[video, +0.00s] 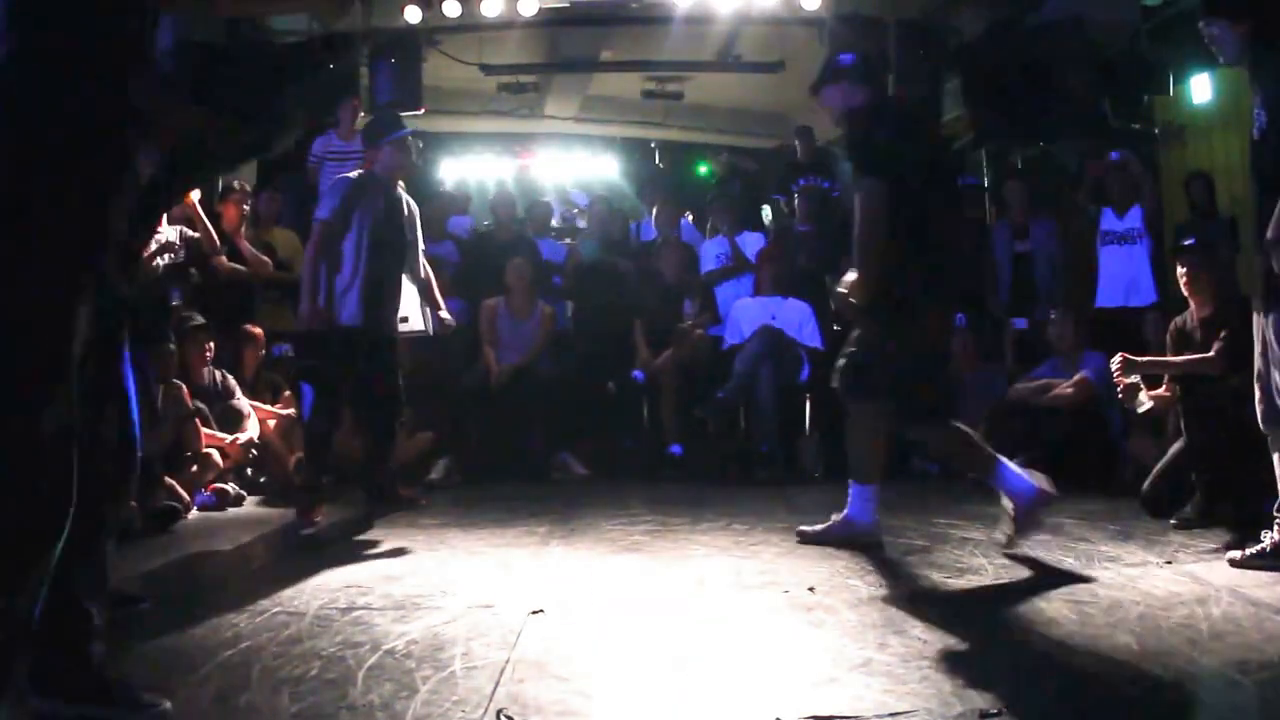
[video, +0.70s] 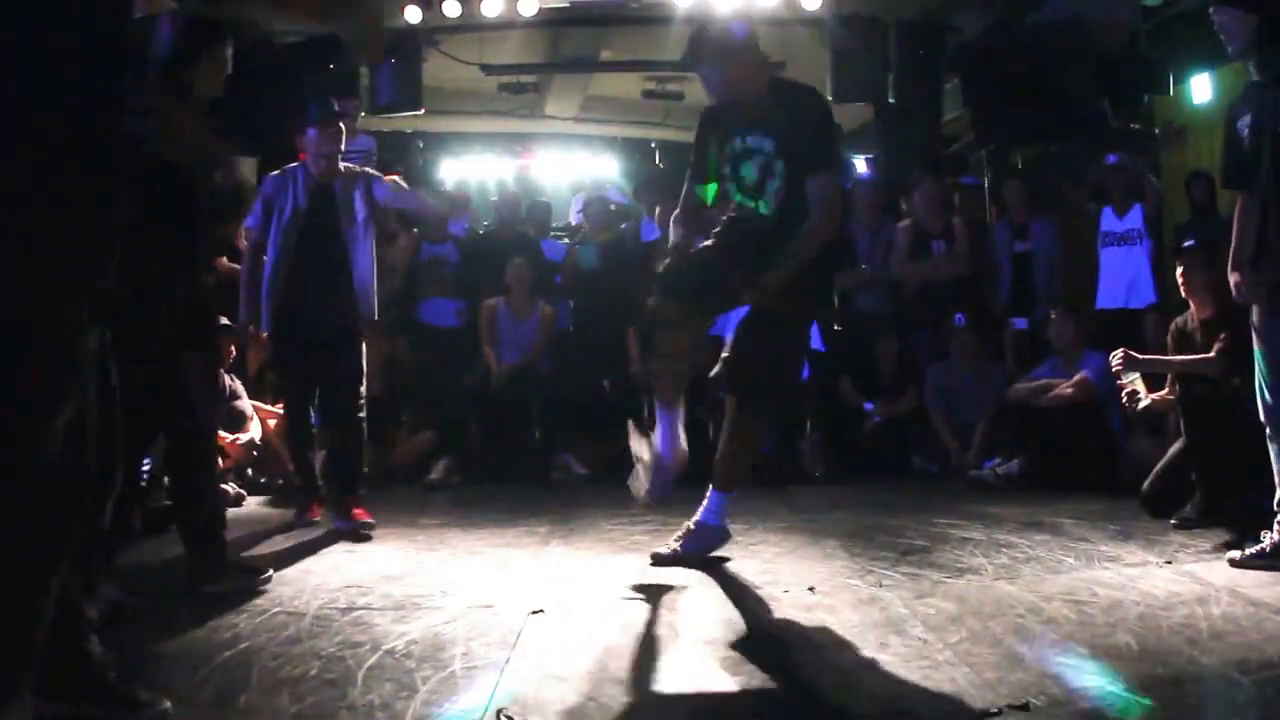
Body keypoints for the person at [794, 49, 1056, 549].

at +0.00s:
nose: (826, 110)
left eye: (828, 97)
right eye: (823, 100)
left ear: (850, 89)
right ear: (866, 91)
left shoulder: (871, 131)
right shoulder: (905, 127)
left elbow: (874, 214)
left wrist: (860, 279)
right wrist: (867, 275)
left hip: (900, 287)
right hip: (927, 285)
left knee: (859, 382)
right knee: (914, 408)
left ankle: (860, 513)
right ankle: (1020, 486)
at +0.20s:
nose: (784, 54)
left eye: (788, 41)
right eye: (781, 44)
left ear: (816, 36)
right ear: (810, 41)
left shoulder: (848, 86)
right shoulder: (831, 92)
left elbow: (845, 175)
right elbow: (815, 180)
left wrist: (804, 246)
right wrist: (790, 235)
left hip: (856, 248)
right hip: (847, 247)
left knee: (777, 336)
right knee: (840, 360)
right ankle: (855, 494)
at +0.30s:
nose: (782, 45)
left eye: (789, 33)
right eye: (779, 36)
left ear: (817, 33)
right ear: (790, 40)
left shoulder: (852, 91)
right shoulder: (792, 92)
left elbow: (839, 186)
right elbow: (773, 166)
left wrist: (783, 245)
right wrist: (746, 210)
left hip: (839, 246)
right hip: (807, 244)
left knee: (767, 354)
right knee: (820, 363)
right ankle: (837, 494)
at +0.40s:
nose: (779, 66)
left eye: (789, 54)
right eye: (776, 55)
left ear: (818, 56)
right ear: (777, 57)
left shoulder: (844, 122)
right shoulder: (772, 111)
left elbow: (822, 219)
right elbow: (731, 181)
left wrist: (757, 272)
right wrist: (699, 214)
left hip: (814, 274)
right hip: (774, 270)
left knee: (759, 393)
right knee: (806, 387)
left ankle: (714, 529)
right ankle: (836, 507)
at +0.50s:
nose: (745, 72)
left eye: (753, 61)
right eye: (742, 62)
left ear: (783, 55)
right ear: (743, 59)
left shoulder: (819, 115)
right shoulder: (745, 101)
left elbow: (822, 226)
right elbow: (733, 182)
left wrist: (764, 275)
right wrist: (718, 193)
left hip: (800, 269)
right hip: (749, 259)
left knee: (754, 394)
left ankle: (721, 530)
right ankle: (775, 450)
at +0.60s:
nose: (710, 102)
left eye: (715, 90)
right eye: (706, 92)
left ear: (745, 81)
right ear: (713, 87)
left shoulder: (808, 132)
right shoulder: (725, 134)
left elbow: (827, 236)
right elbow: (686, 220)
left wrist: (771, 284)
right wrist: (726, 205)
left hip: (798, 267)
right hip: (743, 257)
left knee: (735, 389)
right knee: (655, 306)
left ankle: (717, 528)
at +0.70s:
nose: (705, 82)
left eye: (712, 68)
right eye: (700, 71)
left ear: (744, 60)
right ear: (704, 71)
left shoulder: (804, 107)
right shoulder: (715, 120)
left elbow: (826, 209)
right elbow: (686, 209)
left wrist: (780, 274)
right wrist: (679, 252)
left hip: (793, 253)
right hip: (732, 247)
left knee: (747, 374)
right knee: (668, 307)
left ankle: (712, 518)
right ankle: (668, 441)